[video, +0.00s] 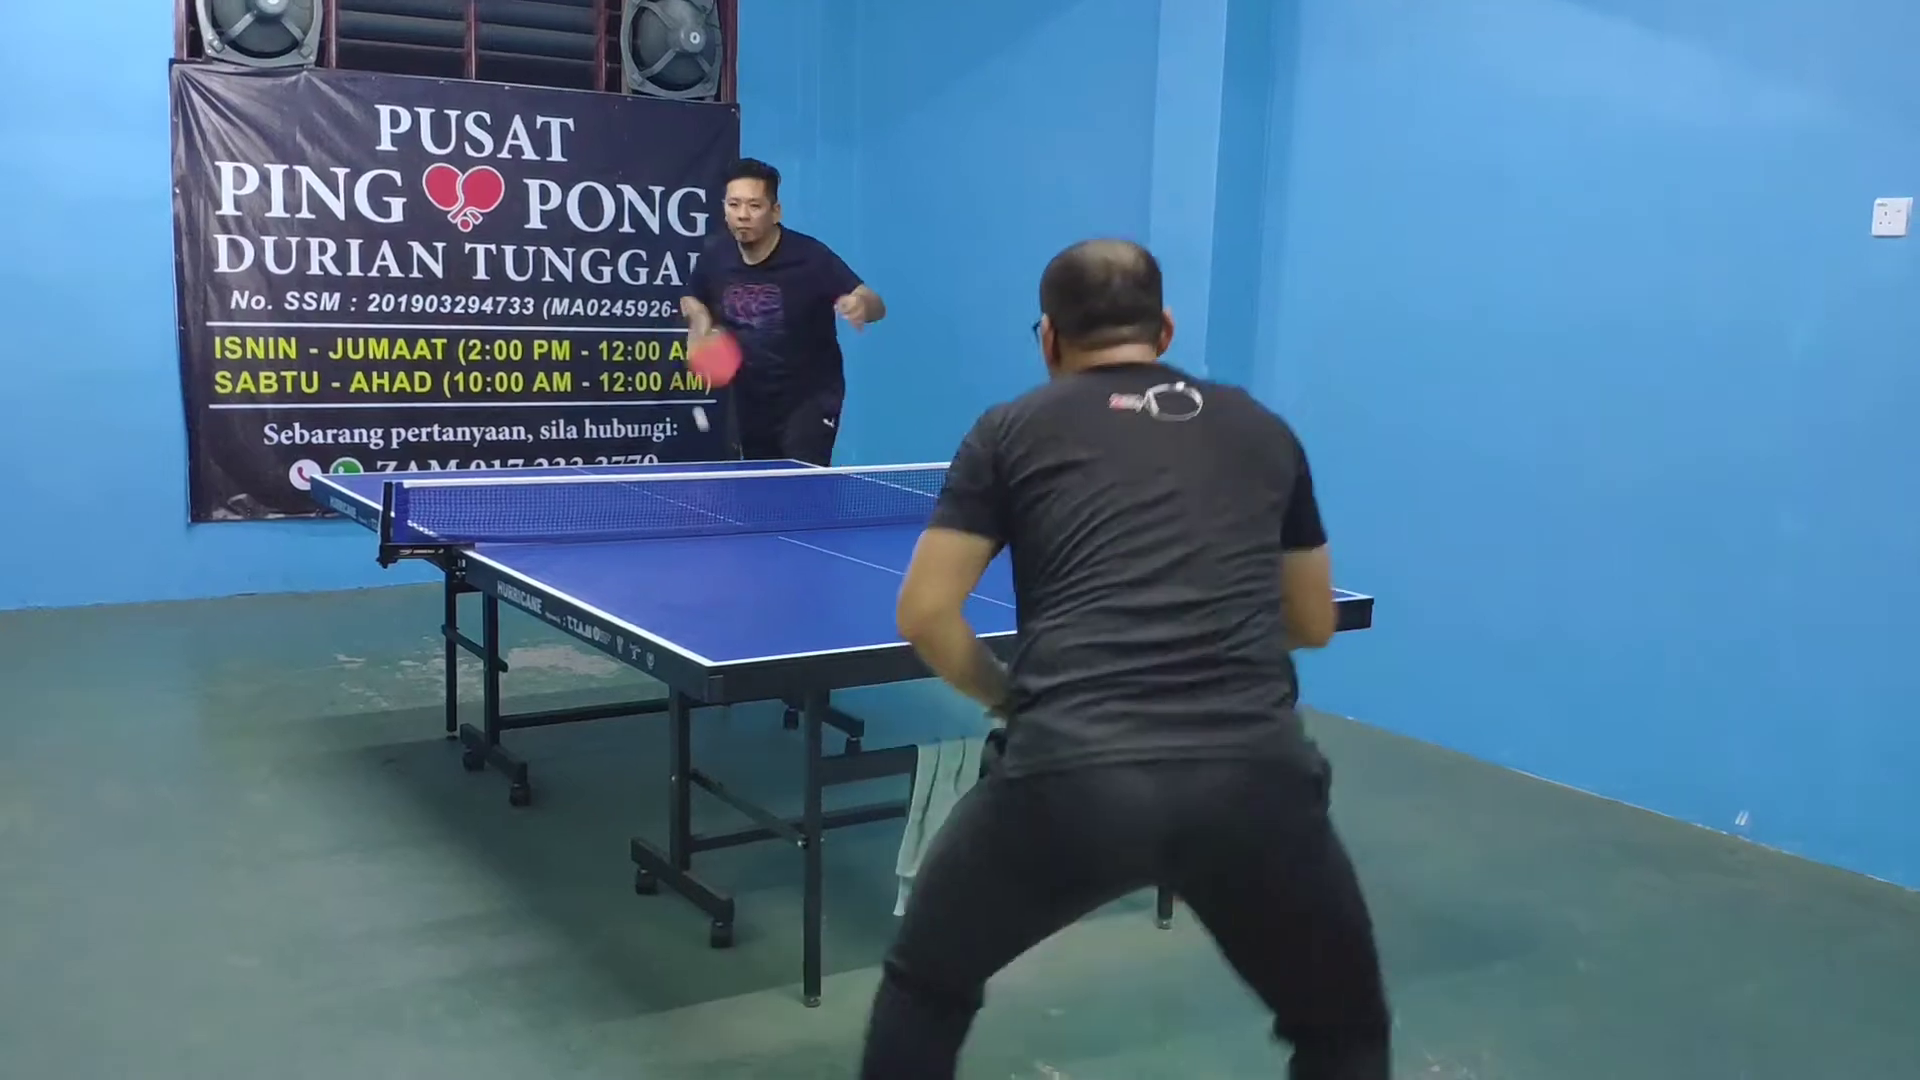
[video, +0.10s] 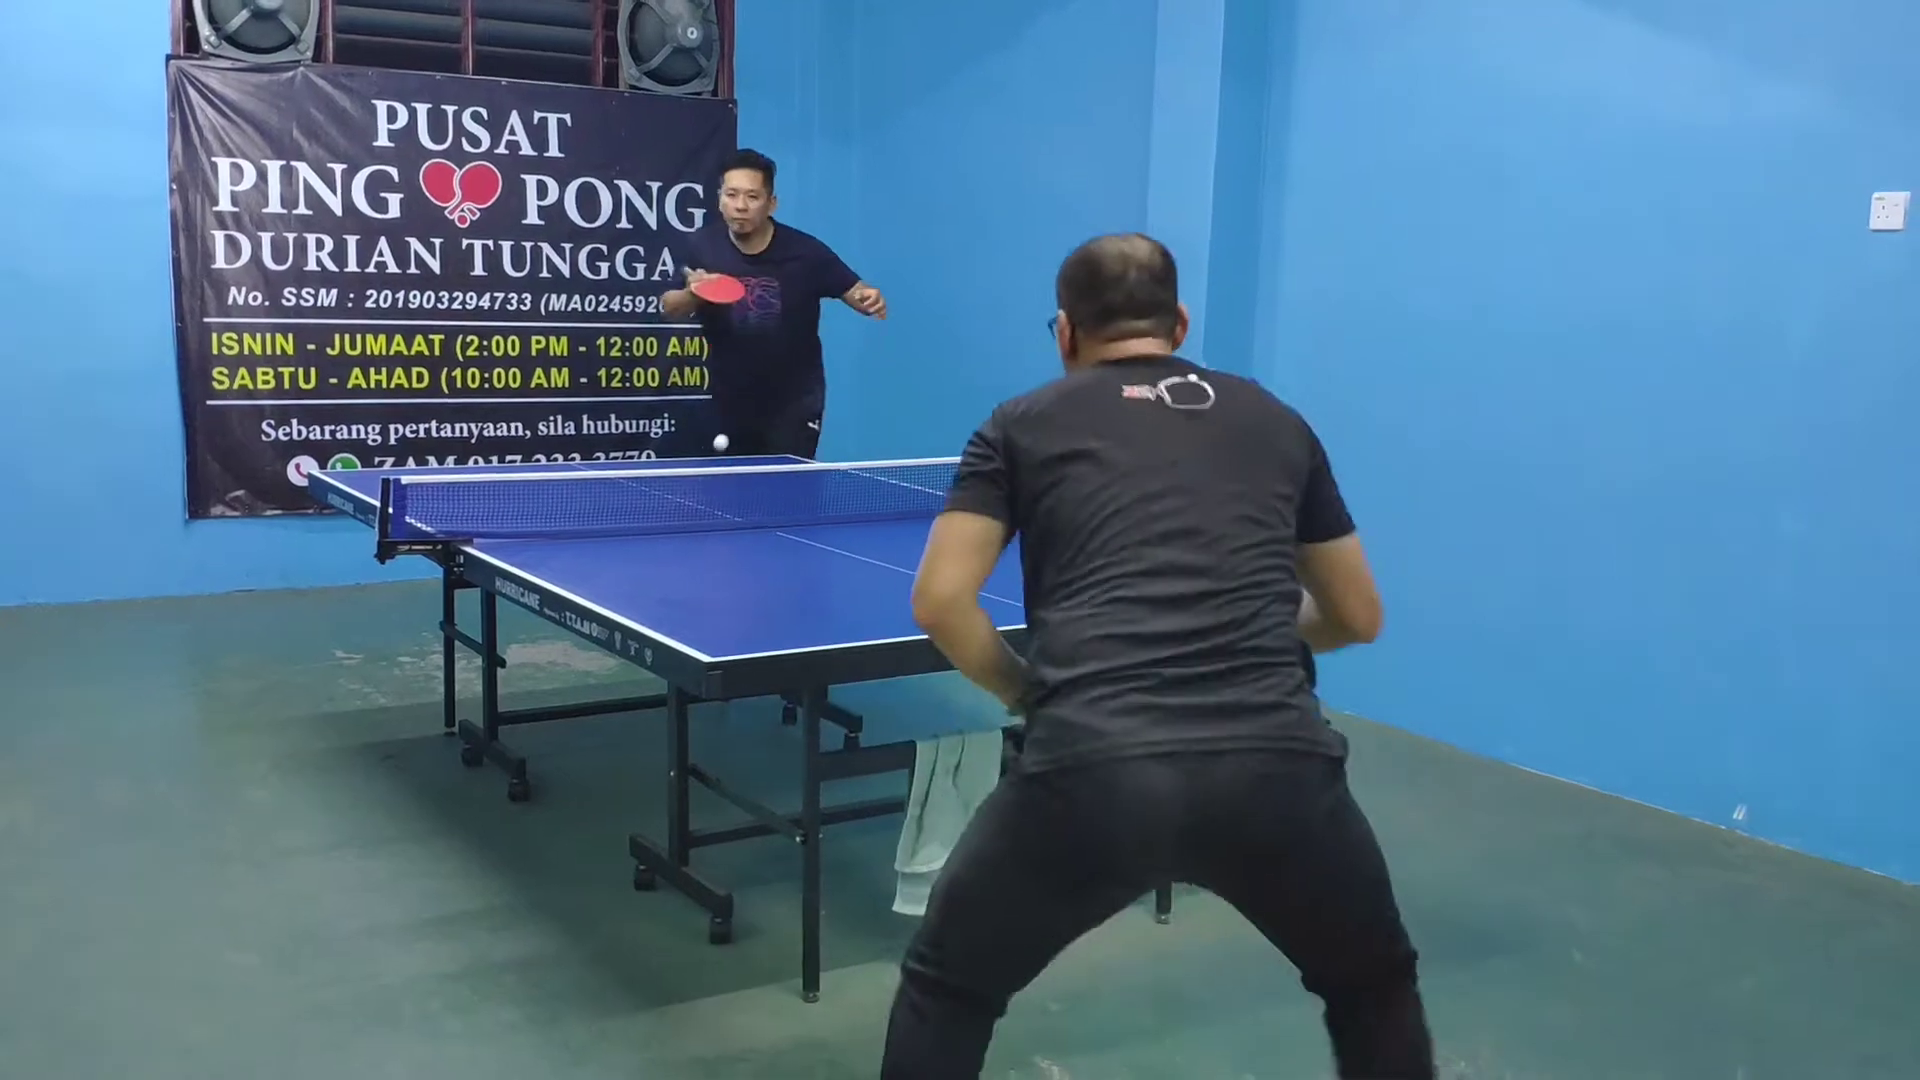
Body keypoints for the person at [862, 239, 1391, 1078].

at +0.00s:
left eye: (1039, 333)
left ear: (1049, 338)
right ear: (1166, 330)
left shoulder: (1011, 432)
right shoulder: (1261, 429)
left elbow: (925, 613)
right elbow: (1312, 621)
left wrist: (1003, 692)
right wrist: (1208, 605)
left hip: (1072, 792)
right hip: (1250, 791)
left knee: (926, 990)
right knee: (1343, 1030)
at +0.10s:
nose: (1057, 339)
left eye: (1056, 328)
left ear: (1067, 332)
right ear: (1184, 326)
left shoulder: (1023, 425)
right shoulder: (1275, 420)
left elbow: (941, 601)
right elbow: (1353, 617)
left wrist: (1027, 691)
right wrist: (1255, 621)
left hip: (1090, 787)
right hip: (1274, 783)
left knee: (948, 991)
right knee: (1375, 990)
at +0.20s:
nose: (1076, 382)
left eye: (1077, 366)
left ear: (1092, 371)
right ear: (1203, 367)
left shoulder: (1054, 467)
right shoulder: (1297, 463)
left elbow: (967, 648)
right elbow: (1395, 651)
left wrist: (1047, 735)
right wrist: (1308, 698)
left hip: (1116, 818)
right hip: (1295, 817)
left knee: (930, 971)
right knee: (1408, 1027)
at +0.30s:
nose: (1058, 420)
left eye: (1057, 404)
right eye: (1056, 403)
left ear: (1075, 402)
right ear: (1180, 400)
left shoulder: (1050, 503)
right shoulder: (1275, 495)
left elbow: (978, 703)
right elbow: (1336, 697)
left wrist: (1068, 719)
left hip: (1150, 856)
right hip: (1319, 850)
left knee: (921, 966)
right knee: (1408, 1020)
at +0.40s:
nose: (983, 423)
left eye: (983, 405)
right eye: (982, 406)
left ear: (1005, 398)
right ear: (1095, 400)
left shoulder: (1008, 481)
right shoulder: (1176, 486)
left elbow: (901, 665)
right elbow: (1142, 667)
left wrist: (986, 627)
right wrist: (983, 721)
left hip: (1125, 843)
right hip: (1274, 826)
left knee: (899, 967)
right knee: (1367, 1019)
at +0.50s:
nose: (907, 405)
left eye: (907, 386)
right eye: (906, 387)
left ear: (932, 375)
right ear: (1015, 373)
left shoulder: (960, 439)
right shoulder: (1084, 460)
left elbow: (799, 532)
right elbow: (1010, 622)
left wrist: (831, 576)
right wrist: (846, 628)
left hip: (1084, 808)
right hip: (1218, 789)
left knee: (864, 970)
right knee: (1326, 1005)